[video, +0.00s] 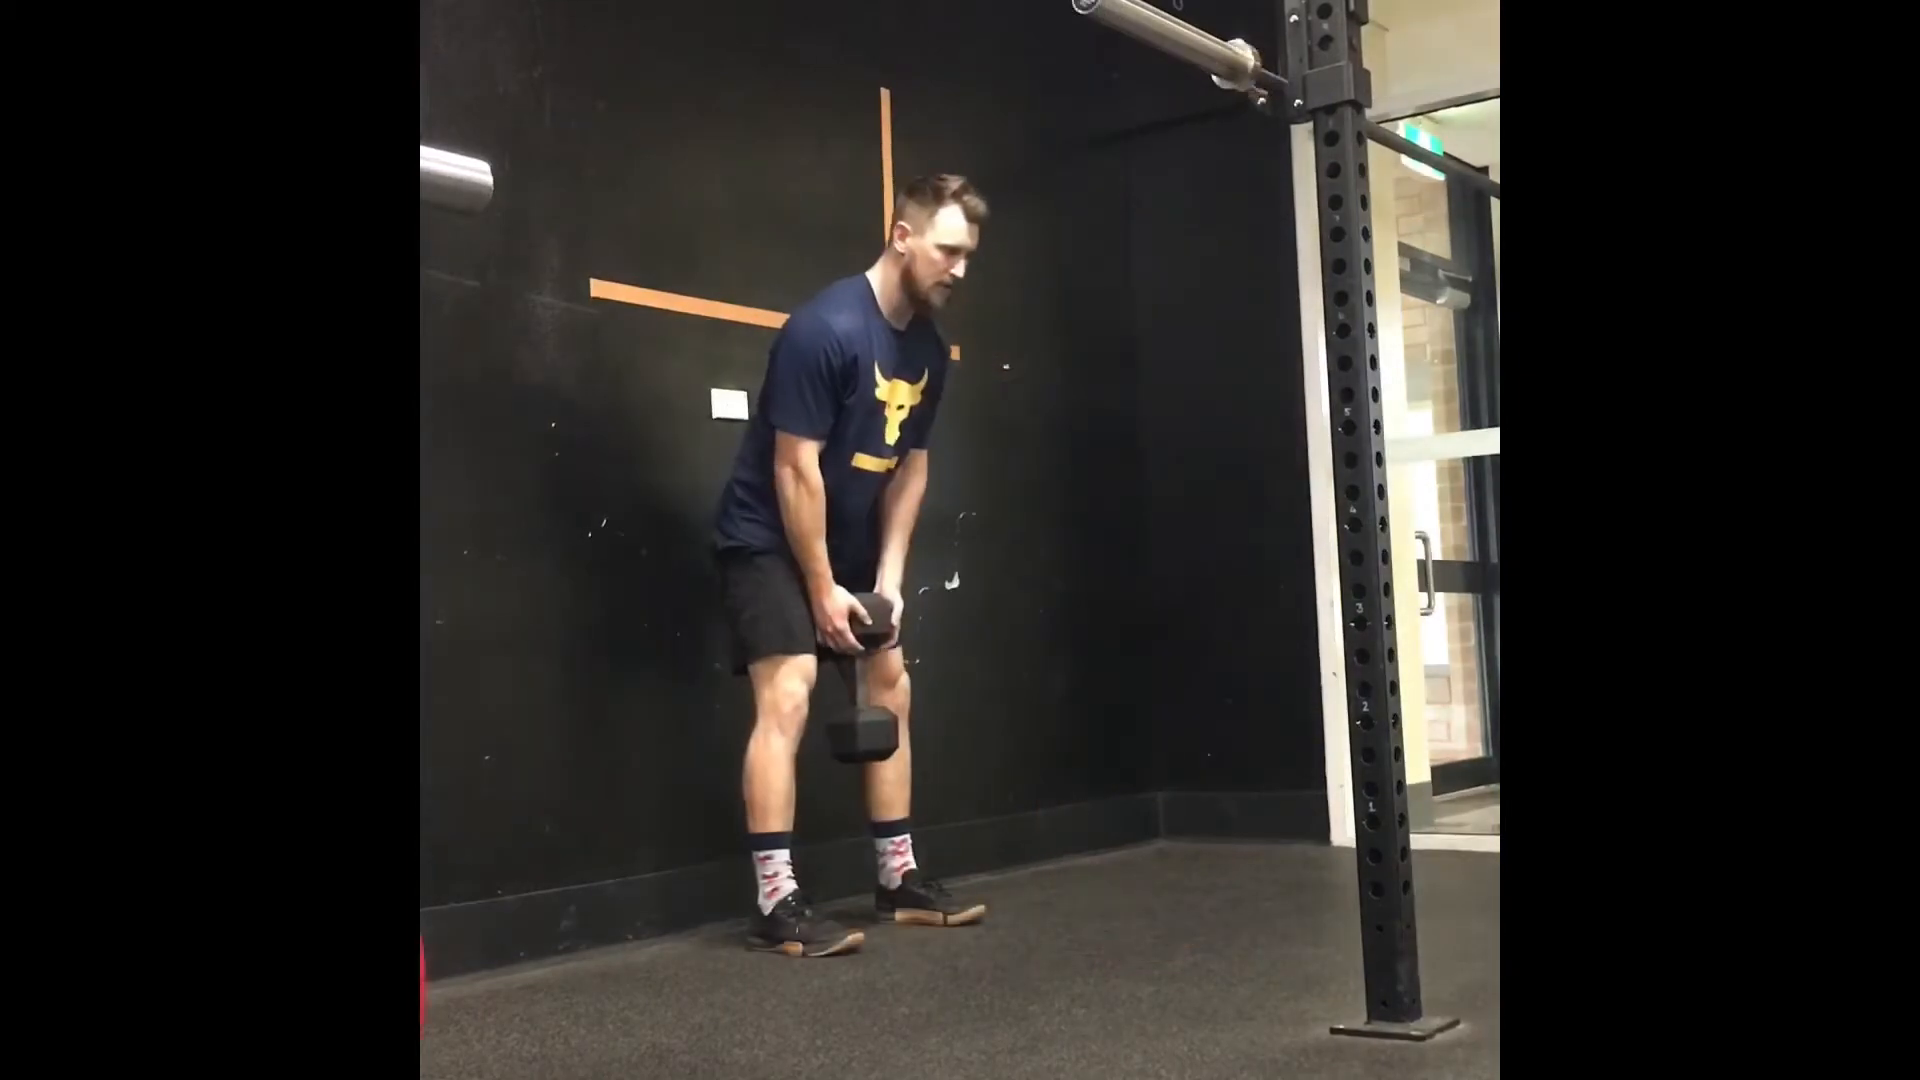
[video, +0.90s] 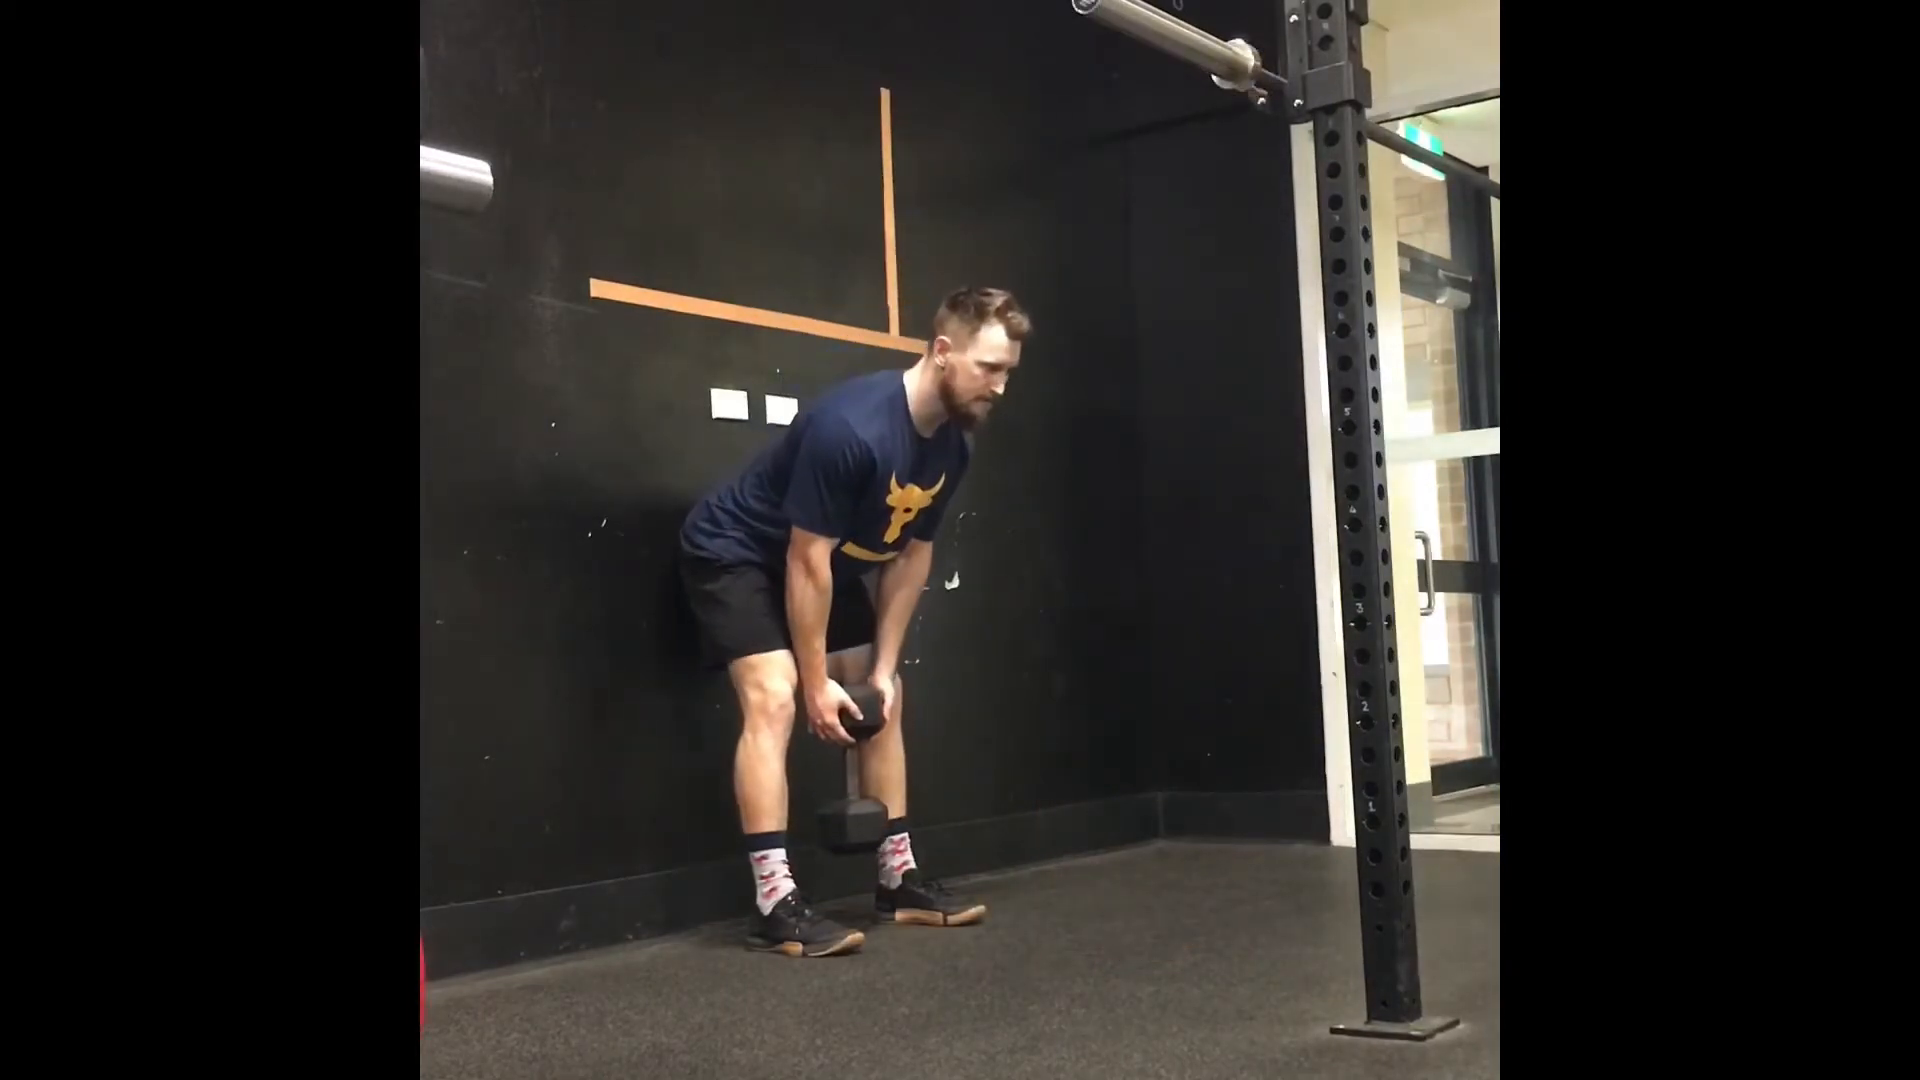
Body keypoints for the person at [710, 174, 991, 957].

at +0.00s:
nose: (958, 269)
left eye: (967, 255)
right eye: (947, 249)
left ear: (967, 258)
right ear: (900, 238)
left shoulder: (929, 349)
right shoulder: (821, 331)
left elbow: (907, 469)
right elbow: (796, 470)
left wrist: (888, 582)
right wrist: (821, 587)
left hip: (851, 544)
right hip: (769, 538)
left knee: (889, 688)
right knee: (786, 698)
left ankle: (898, 883)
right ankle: (777, 905)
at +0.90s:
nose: (999, 387)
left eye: (1008, 373)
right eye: (990, 368)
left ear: (1008, 369)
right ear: (942, 353)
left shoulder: (952, 441)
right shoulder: (849, 429)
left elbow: (908, 557)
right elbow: (807, 560)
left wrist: (884, 669)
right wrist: (814, 682)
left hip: (823, 560)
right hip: (735, 548)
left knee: (881, 691)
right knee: (772, 698)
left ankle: (898, 879)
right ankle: (776, 904)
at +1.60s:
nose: (946, 279)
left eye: (954, 265)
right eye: (934, 260)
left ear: (953, 266)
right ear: (888, 249)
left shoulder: (921, 360)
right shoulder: (813, 346)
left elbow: (908, 482)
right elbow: (789, 488)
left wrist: (888, 591)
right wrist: (819, 605)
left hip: (839, 544)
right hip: (755, 540)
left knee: (886, 684)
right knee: (780, 697)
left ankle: (896, 881)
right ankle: (776, 904)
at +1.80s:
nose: (898, 228)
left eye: (905, 214)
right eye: (885, 210)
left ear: (906, 217)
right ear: (839, 202)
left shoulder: (890, 313)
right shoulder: (783, 301)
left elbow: (901, 432)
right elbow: (774, 441)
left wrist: (896, 537)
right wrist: (826, 550)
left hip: (863, 533)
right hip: (782, 532)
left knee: (886, 696)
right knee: (792, 696)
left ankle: (898, 884)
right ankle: (777, 905)